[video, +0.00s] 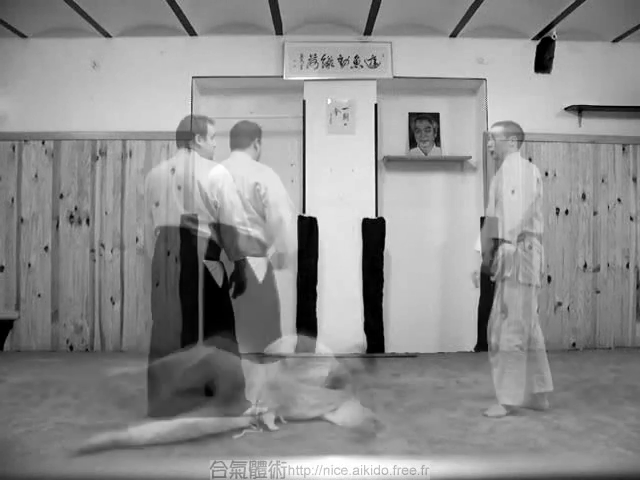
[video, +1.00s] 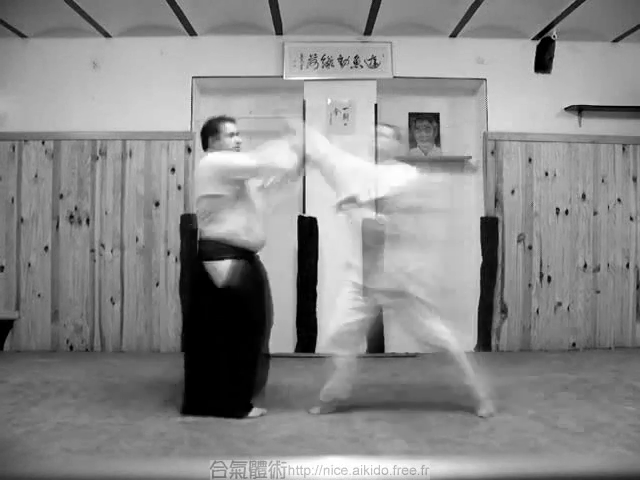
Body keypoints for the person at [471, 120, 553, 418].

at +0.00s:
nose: (490, 143)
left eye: (494, 138)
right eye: (491, 138)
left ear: (513, 141)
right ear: (512, 142)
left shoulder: (516, 168)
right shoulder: (514, 169)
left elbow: (518, 208)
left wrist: (508, 244)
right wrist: (489, 250)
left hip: (518, 251)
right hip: (521, 250)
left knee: (509, 325)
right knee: (526, 322)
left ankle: (508, 400)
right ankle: (538, 394)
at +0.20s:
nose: (489, 141)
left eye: (494, 136)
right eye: (488, 137)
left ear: (512, 141)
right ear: (491, 143)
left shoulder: (526, 173)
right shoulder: (490, 177)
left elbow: (519, 214)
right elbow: (474, 213)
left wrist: (491, 243)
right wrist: (458, 240)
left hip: (518, 259)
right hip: (496, 258)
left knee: (497, 327)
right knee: (520, 326)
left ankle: (493, 399)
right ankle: (538, 392)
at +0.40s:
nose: (492, 140)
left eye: (498, 135)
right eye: (489, 136)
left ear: (513, 143)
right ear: (486, 142)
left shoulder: (520, 176)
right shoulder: (476, 175)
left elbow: (509, 213)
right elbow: (448, 198)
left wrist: (475, 231)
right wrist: (421, 219)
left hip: (505, 254)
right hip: (478, 254)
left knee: (497, 329)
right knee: (500, 326)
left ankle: (493, 399)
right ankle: (533, 385)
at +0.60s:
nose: (471, 139)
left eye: (478, 134)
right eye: (469, 134)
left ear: (492, 140)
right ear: (466, 140)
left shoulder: (498, 172)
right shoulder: (453, 170)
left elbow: (485, 210)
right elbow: (421, 159)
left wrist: (448, 204)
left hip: (478, 256)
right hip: (447, 255)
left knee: (483, 328)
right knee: (434, 324)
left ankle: (491, 400)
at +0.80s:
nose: (436, 143)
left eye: (443, 138)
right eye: (435, 138)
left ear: (458, 145)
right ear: (432, 144)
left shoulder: (466, 177)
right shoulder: (422, 171)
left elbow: (423, 189)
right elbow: (386, 153)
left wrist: (400, 163)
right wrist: (419, 139)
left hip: (454, 259)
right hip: (419, 257)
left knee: (463, 330)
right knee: (380, 322)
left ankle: (491, 397)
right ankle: (373, 390)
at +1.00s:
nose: (379, 141)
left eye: (386, 136)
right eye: (376, 135)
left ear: (399, 145)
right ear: (372, 141)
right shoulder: (357, 172)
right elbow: (326, 155)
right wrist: (303, 132)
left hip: (400, 282)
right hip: (362, 280)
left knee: (439, 337)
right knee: (343, 334)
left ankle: (481, 397)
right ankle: (334, 398)